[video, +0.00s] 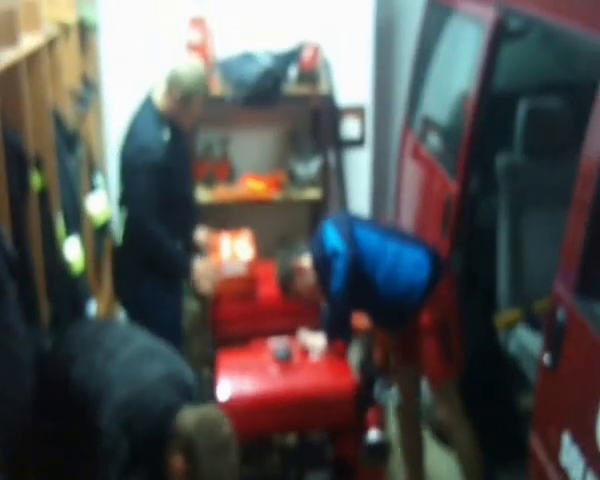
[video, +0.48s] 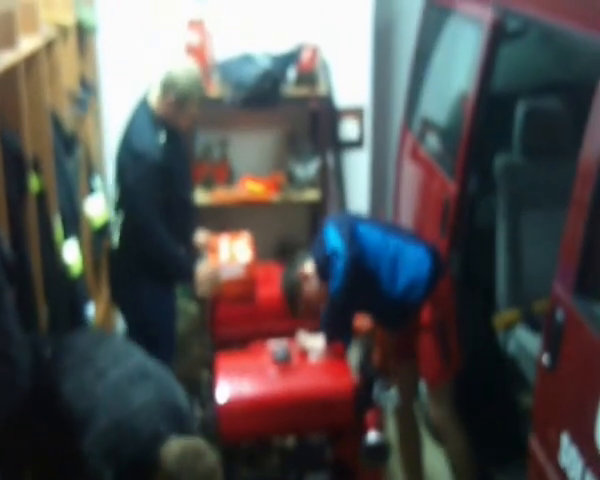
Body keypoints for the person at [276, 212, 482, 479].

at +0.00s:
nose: (310, 296)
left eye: (303, 292)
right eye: (304, 296)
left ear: (300, 268)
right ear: (303, 269)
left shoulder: (332, 229)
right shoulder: (331, 282)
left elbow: (339, 283)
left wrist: (328, 335)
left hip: (429, 293)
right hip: (396, 314)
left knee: (445, 398)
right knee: (406, 401)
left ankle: (473, 472)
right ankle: (414, 474)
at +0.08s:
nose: (312, 308)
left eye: (304, 302)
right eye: (305, 307)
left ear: (300, 277)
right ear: (304, 277)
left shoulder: (330, 234)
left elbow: (338, 278)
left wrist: (328, 337)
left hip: (429, 293)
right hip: (396, 314)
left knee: (444, 402)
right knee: (401, 403)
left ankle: (474, 472)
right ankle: (413, 474)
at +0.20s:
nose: (311, 314)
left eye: (304, 307)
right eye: (305, 313)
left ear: (301, 284)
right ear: (305, 283)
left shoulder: (330, 236)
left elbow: (338, 282)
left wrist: (327, 336)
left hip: (430, 293)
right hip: (397, 315)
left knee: (444, 406)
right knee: (400, 407)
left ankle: (472, 473)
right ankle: (412, 475)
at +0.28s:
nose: (313, 314)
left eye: (306, 308)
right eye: (307, 313)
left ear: (302, 284)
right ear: (306, 283)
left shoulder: (330, 236)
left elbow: (338, 276)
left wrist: (327, 337)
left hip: (430, 292)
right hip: (397, 315)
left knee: (442, 408)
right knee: (400, 406)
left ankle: (470, 473)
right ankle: (413, 475)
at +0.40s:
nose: (316, 312)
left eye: (310, 307)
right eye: (310, 312)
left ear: (306, 282)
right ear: (308, 281)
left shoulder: (334, 234)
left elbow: (339, 284)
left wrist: (326, 337)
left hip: (430, 292)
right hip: (396, 313)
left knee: (440, 412)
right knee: (401, 407)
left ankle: (466, 473)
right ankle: (413, 474)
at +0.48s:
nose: (319, 308)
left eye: (312, 303)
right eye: (312, 310)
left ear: (307, 277)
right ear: (308, 276)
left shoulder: (335, 230)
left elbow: (342, 272)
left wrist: (327, 336)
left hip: (430, 293)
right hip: (397, 313)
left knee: (439, 411)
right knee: (402, 406)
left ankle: (465, 472)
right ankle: (413, 474)